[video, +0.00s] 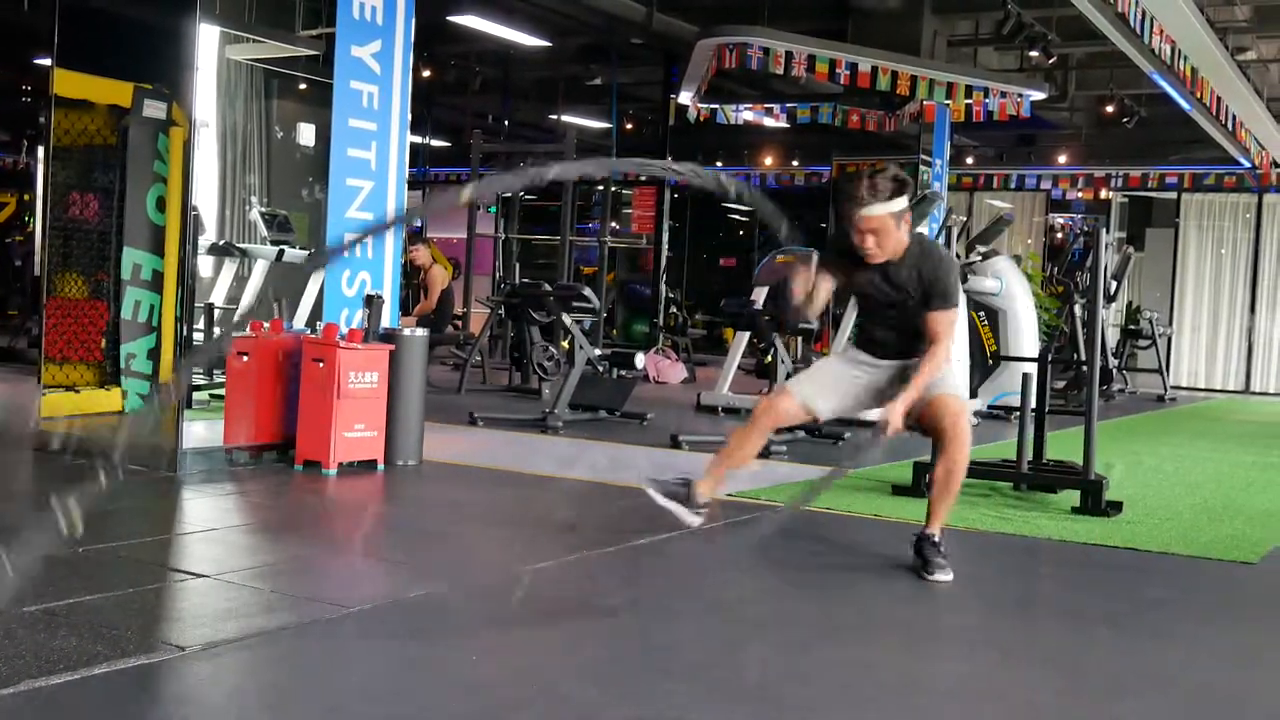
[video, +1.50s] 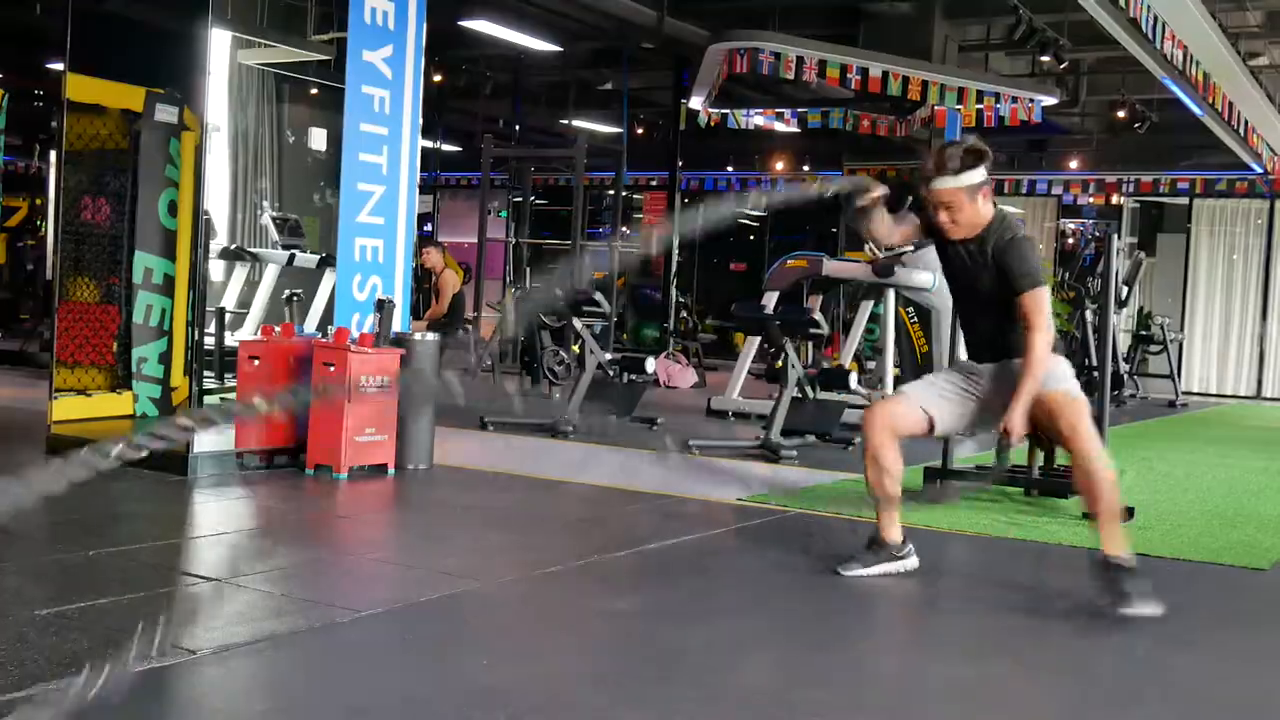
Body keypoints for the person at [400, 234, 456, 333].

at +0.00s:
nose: (413, 255)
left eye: (417, 250)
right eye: (410, 252)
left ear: (428, 250)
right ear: (408, 255)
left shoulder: (435, 271)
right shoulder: (423, 273)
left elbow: (430, 304)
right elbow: (423, 302)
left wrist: (412, 318)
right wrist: (412, 318)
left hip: (437, 323)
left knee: (396, 322)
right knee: (395, 320)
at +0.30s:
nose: (415, 256)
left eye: (419, 251)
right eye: (412, 253)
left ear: (430, 251)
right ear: (410, 256)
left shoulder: (438, 272)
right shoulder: (425, 274)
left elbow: (433, 306)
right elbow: (424, 302)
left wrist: (414, 319)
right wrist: (414, 320)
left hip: (438, 325)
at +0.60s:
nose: (418, 257)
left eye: (422, 253)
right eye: (416, 254)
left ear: (433, 253)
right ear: (414, 257)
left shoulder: (441, 275)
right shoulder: (429, 277)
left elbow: (437, 308)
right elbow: (428, 305)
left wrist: (419, 321)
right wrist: (418, 321)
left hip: (442, 327)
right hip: (435, 322)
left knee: (401, 325)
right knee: (400, 323)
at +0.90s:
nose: (421, 258)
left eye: (425, 253)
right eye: (419, 254)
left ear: (437, 253)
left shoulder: (445, 275)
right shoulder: (433, 277)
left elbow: (440, 308)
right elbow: (431, 305)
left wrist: (422, 320)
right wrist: (421, 322)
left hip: (445, 328)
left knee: (404, 326)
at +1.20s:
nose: (424, 256)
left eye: (428, 252)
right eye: (423, 253)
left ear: (441, 254)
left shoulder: (447, 275)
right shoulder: (436, 276)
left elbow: (442, 308)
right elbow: (434, 305)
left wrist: (424, 321)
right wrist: (424, 322)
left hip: (448, 328)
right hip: (440, 324)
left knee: (407, 326)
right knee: (407, 324)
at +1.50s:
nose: (423, 257)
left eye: (428, 253)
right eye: (423, 254)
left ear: (440, 255)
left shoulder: (447, 275)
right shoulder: (436, 278)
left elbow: (442, 309)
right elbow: (434, 306)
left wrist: (425, 321)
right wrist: (424, 322)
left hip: (451, 327)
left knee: (408, 326)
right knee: (408, 324)